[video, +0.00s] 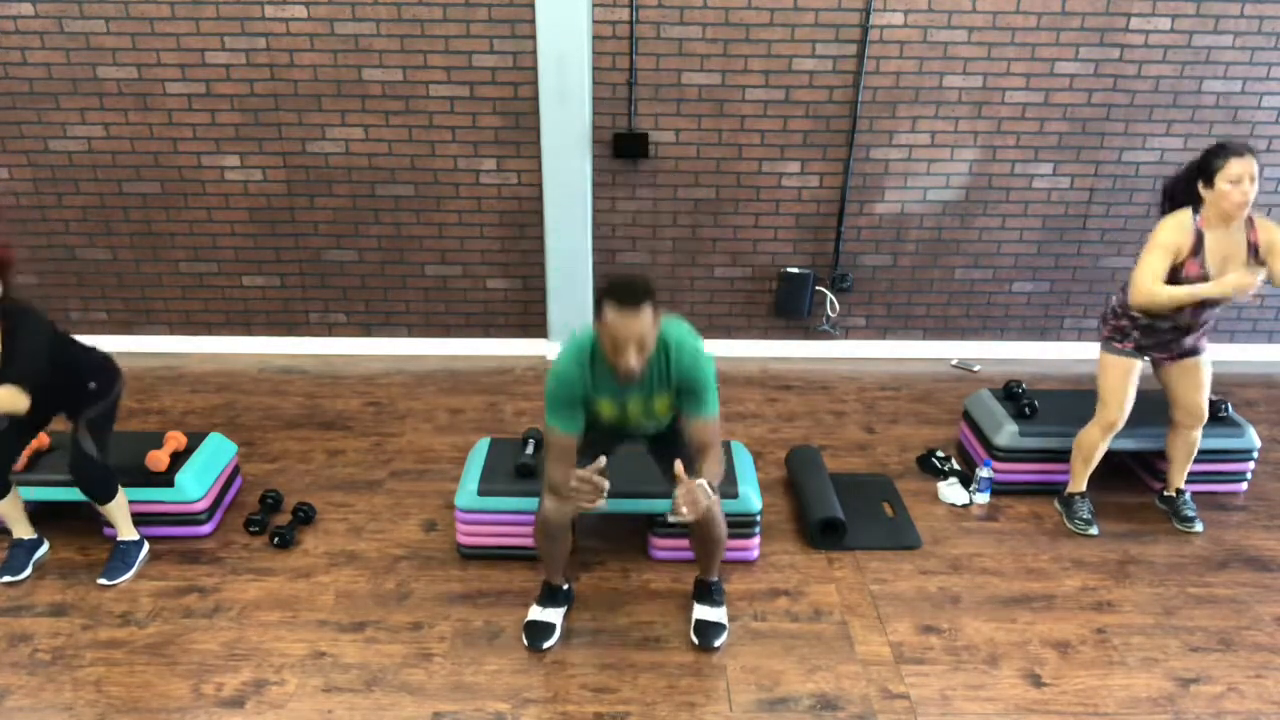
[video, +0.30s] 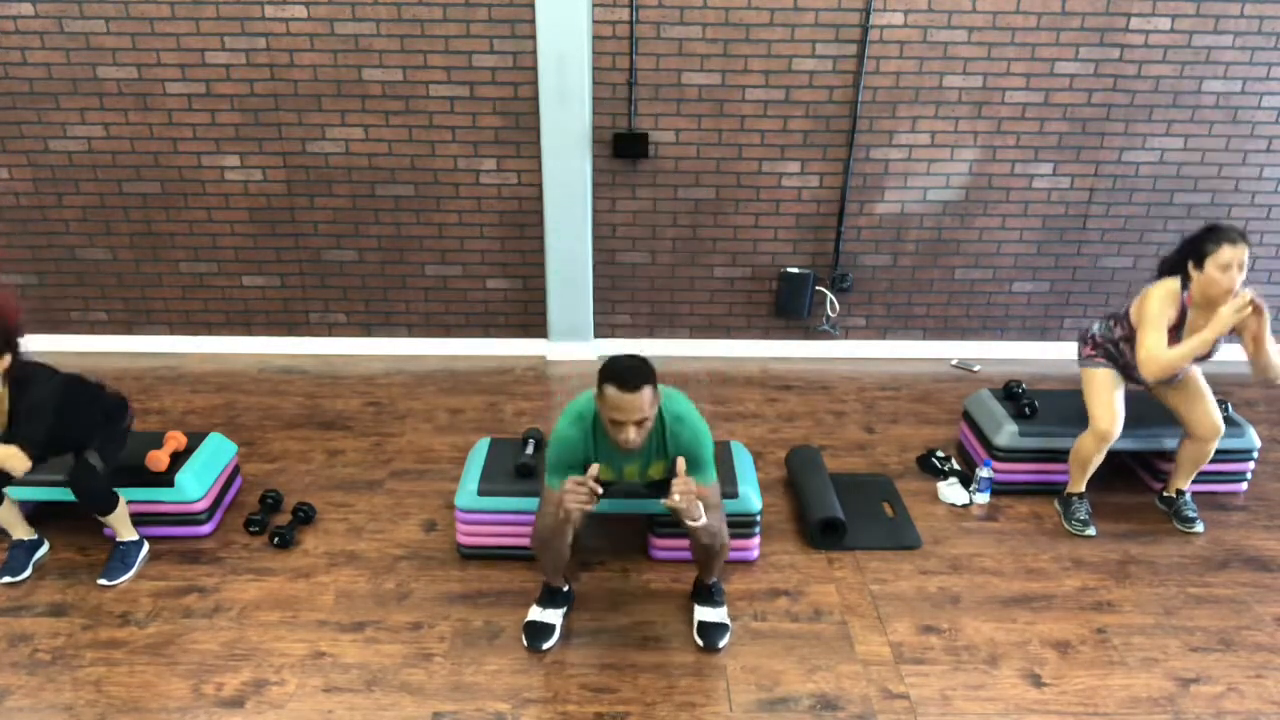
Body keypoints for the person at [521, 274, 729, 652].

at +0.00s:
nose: (629, 361)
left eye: (641, 345)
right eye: (616, 345)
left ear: (656, 327)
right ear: (599, 327)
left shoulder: (685, 350)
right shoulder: (571, 365)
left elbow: (710, 448)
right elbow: (556, 464)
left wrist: (703, 488)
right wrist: (570, 485)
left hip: (665, 427)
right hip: (596, 428)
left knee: (706, 506)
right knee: (553, 510)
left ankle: (709, 589)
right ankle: (554, 591)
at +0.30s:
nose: (629, 437)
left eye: (641, 423)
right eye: (616, 424)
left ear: (656, 403)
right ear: (599, 405)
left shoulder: (687, 426)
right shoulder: (571, 429)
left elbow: (714, 538)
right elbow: (545, 550)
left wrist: (694, 514)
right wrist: (565, 518)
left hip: (664, 473)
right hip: (596, 473)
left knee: (714, 539)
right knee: (552, 530)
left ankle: (708, 588)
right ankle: (555, 591)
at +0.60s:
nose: (629, 324)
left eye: (641, 310)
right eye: (617, 309)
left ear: (659, 301)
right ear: (599, 300)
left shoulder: (683, 333)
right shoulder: (574, 337)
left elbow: (718, 422)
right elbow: (534, 428)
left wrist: (713, 489)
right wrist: (544, 481)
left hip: (666, 414)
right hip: (593, 413)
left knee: (699, 505)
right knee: (556, 505)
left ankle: (708, 586)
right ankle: (554, 588)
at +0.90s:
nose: (634, 184)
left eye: (646, 170)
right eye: (621, 169)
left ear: (664, 164)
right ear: (600, 163)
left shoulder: (697, 221)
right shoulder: (569, 226)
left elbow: (748, 309)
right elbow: (514, 313)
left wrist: (779, 401)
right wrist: (481, 406)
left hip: (671, 359)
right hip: (594, 358)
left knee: (688, 474)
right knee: (574, 474)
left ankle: (708, 582)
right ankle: (555, 585)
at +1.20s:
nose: (636, 175)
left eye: (648, 161)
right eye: (623, 160)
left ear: (666, 148)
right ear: (601, 148)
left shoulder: (700, 197)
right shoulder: (569, 202)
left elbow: (741, 240)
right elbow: (518, 248)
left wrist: (769, 284)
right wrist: (481, 300)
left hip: (670, 369)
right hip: (591, 368)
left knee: (687, 477)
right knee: (573, 481)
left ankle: (707, 583)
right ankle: (554, 587)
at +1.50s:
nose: (629, 181)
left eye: (642, 167)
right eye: (616, 167)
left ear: (662, 151)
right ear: (596, 153)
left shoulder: (697, 201)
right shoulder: (564, 205)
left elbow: (732, 264)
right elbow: (518, 274)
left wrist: (753, 322)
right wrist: (486, 340)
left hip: (666, 369)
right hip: (587, 366)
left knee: (687, 478)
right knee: (569, 481)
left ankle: (708, 584)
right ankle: (555, 586)